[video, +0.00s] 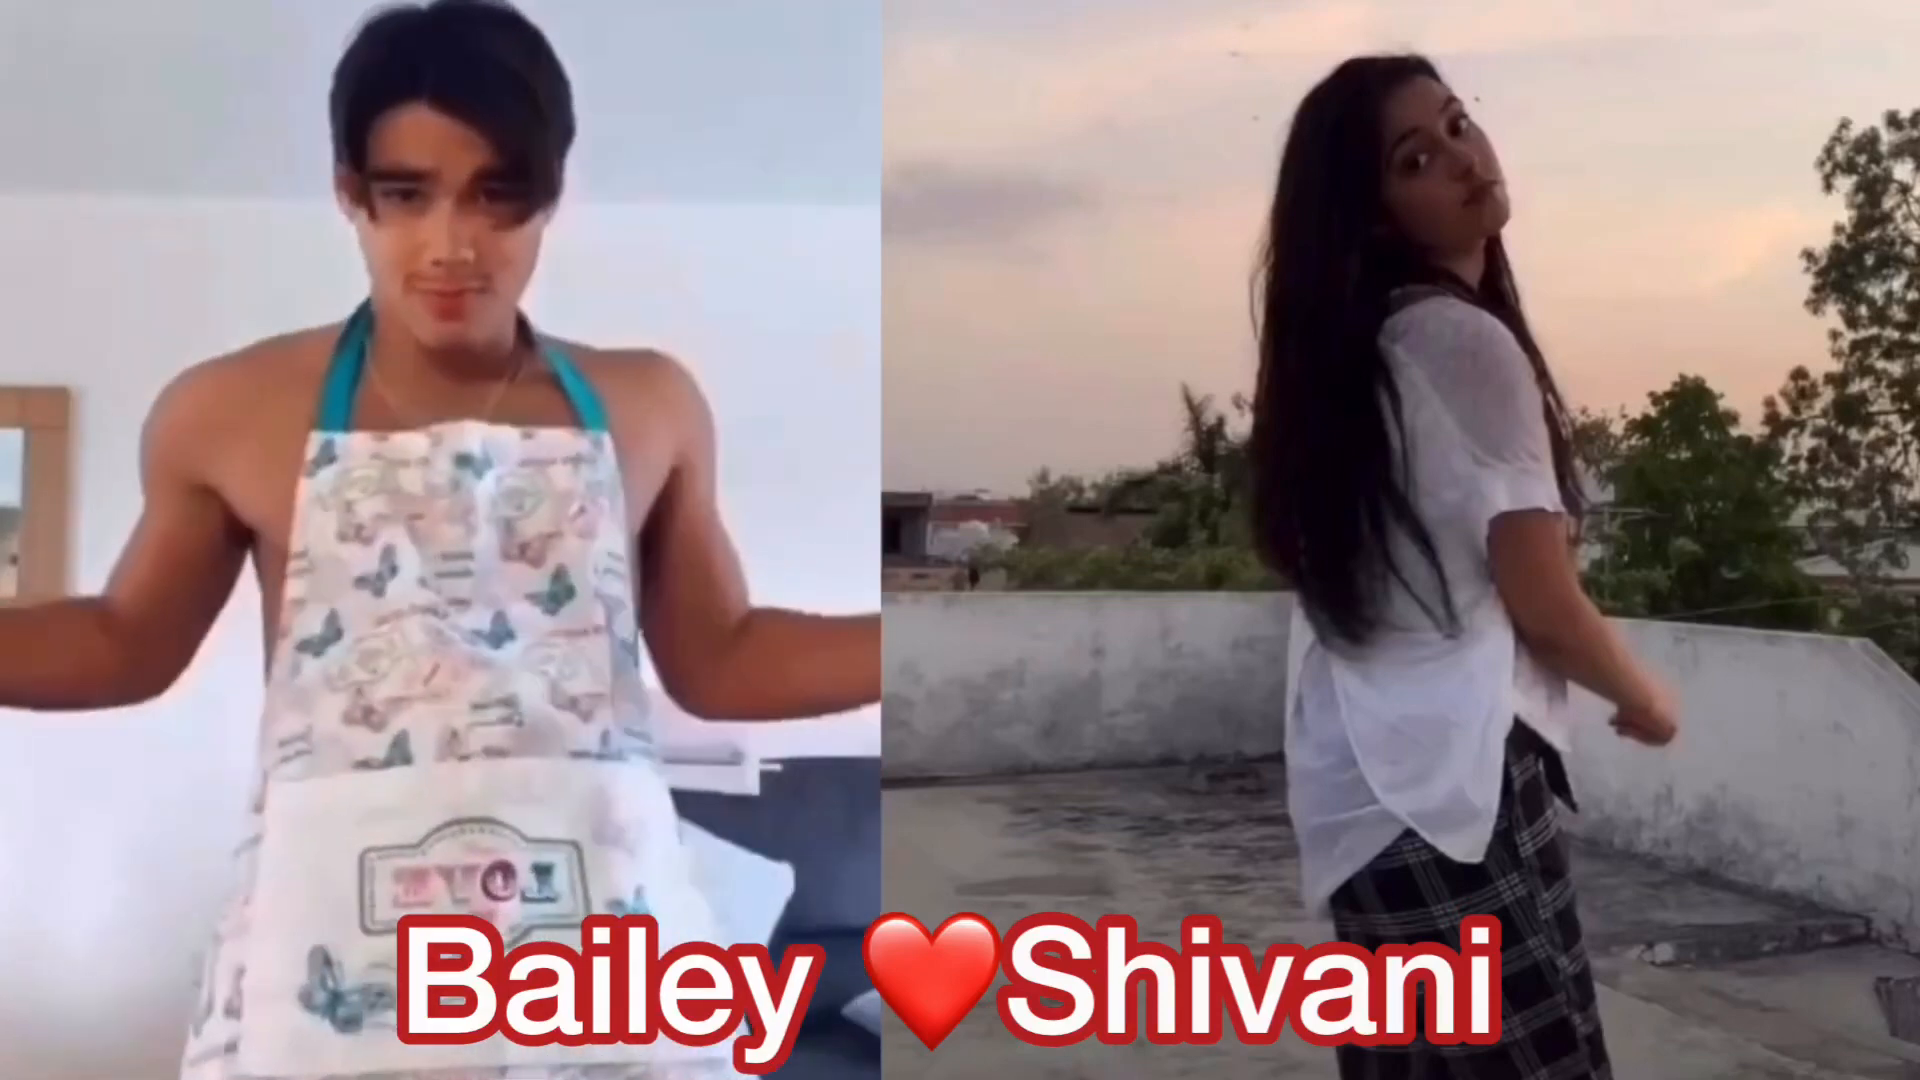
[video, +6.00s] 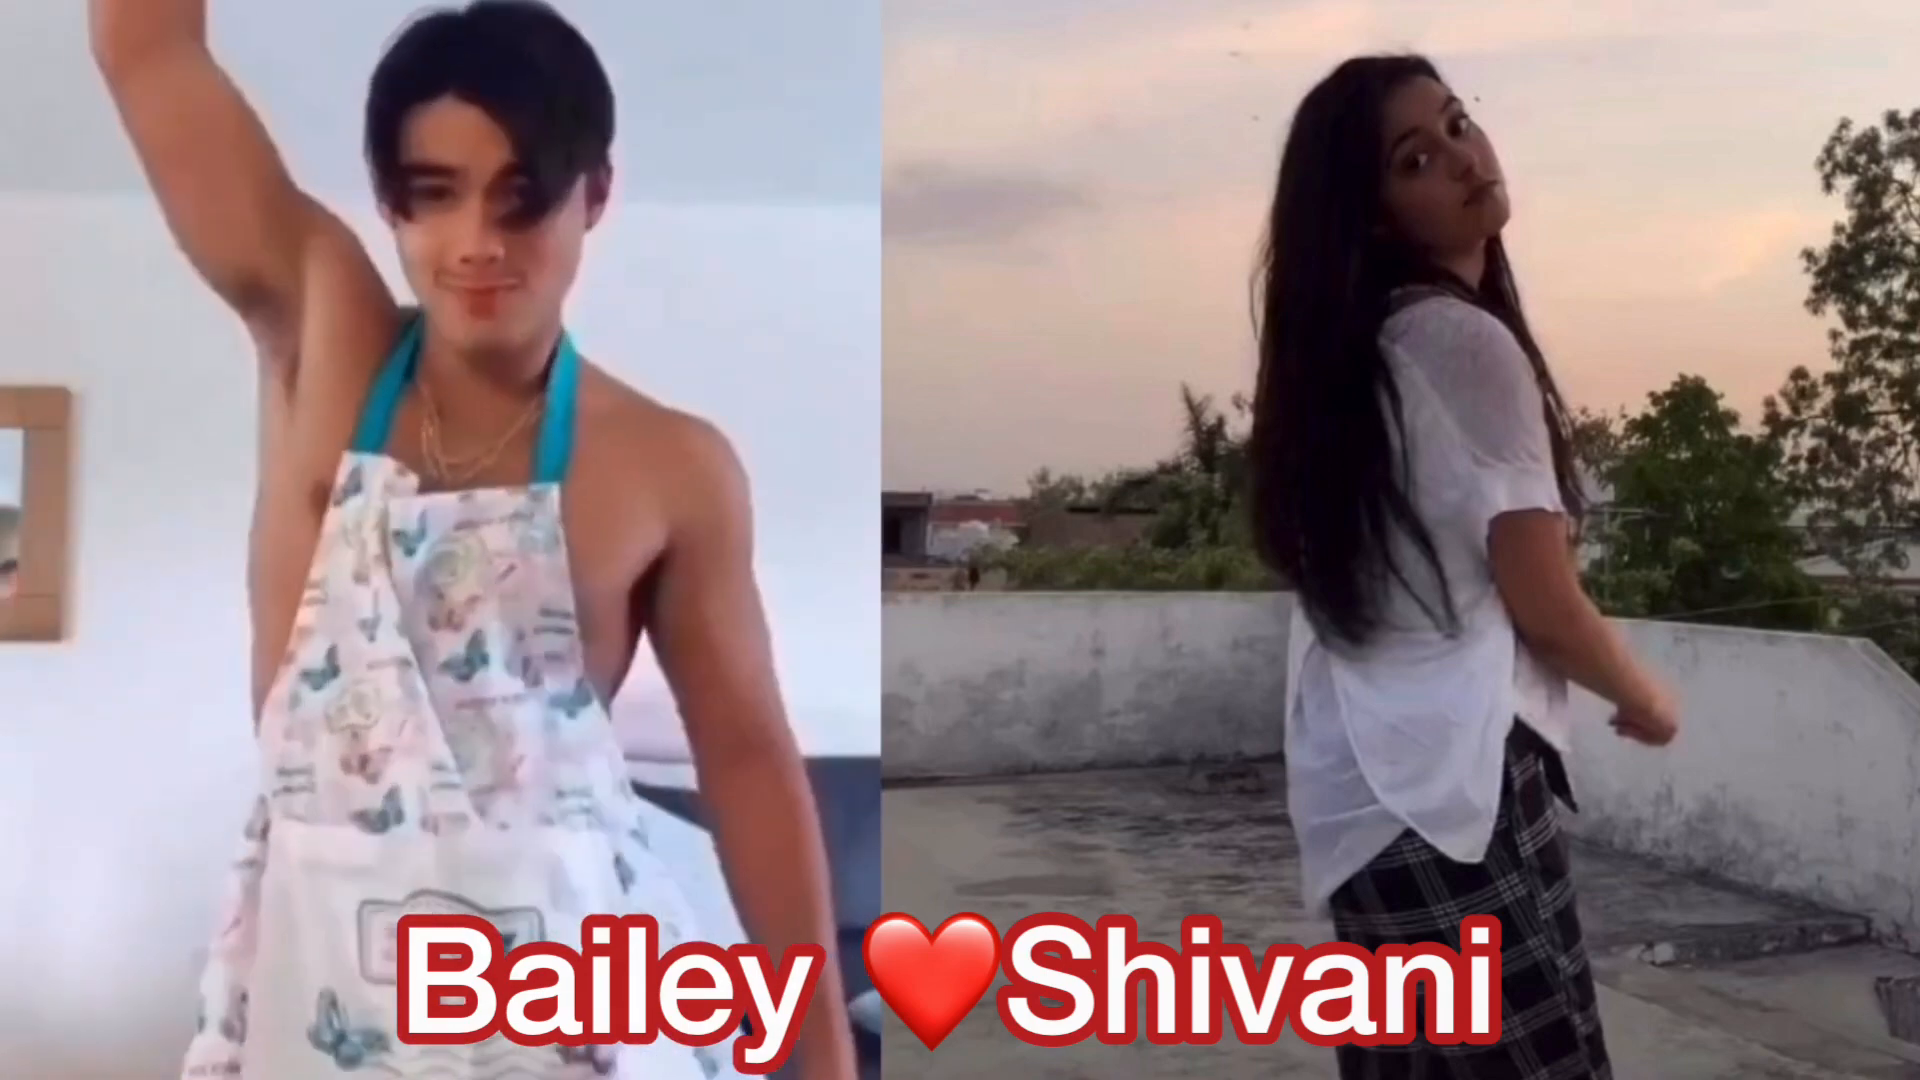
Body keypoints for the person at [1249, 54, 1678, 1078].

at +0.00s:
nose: (1467, 158)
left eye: (1459, 125)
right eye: (1418, 158)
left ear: (1479, 128)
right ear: (1370, 210)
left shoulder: (1353, 333)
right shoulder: (1465, 339)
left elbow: (1393, 566)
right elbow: (1545, 603)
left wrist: (1546, 665)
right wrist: (1642, 697)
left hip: (1362, 783)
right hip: (1451, 789)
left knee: (1397, 1056)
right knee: (1544, 1055)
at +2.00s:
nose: (1466, 158)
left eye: (1459, 125)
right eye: (1417, 158)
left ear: (1480, 129)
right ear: (1370, 210)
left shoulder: (1353, 333)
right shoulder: (1465, 339)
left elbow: (1392, 564)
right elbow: (1545, 602)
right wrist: (1643, 697)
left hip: (1362, 783)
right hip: (1452, 789)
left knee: (1397, 1056)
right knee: (1544, 1056)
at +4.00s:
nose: (1466, 158)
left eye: (1459, 125)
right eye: (1417, 158)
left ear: (1480, 129)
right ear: (1370, 210)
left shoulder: (1353, 333)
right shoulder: (1465, 339)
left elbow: (1392, 564)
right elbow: (1545, 602)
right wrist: (1643, 697)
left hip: (1362, 783)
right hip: (1452, 789)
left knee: (1397, 1056)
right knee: (1544, 1056)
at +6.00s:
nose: (1466, 157)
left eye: (1459, 125)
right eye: (1417, 158)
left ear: (1480, 128)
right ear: (1371, 211)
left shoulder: (1356, 333)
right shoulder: (1465, 339)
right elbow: (1547, 605)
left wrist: (1562, 666)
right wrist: (1643, 696)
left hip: (1363, 784)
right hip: (1452, 790)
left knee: (1398, 1057)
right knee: (1545, 1057)